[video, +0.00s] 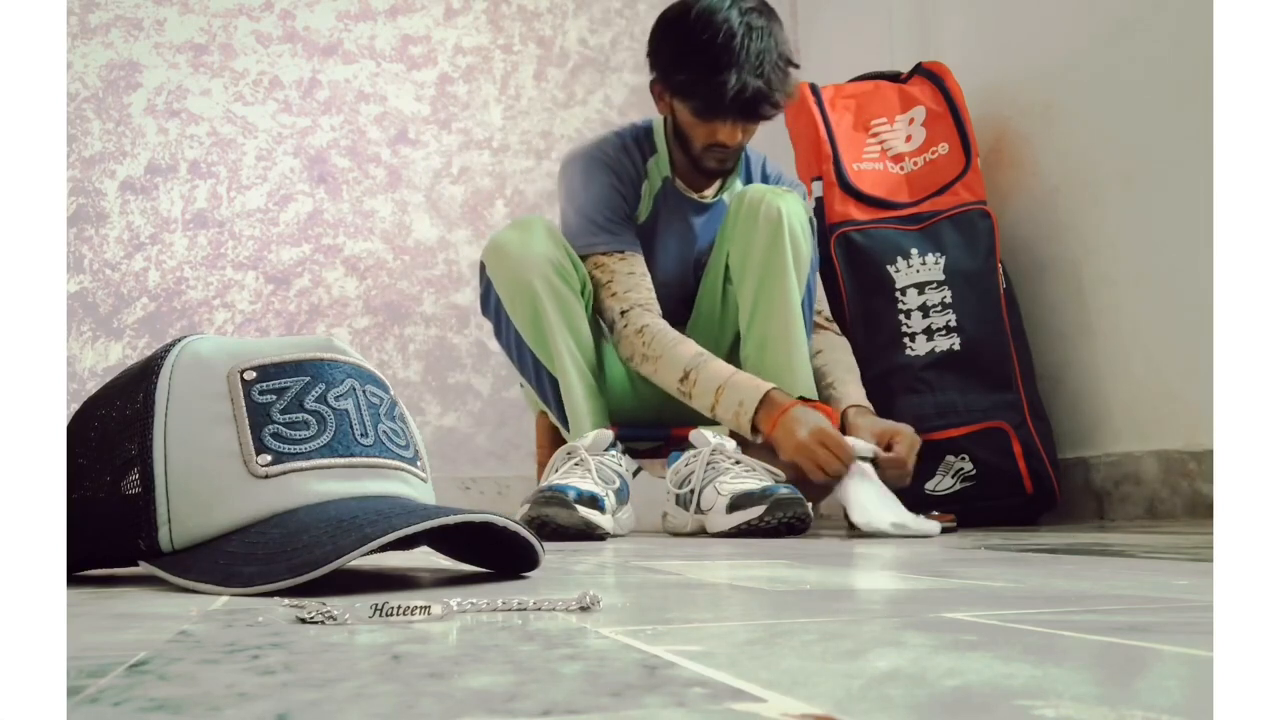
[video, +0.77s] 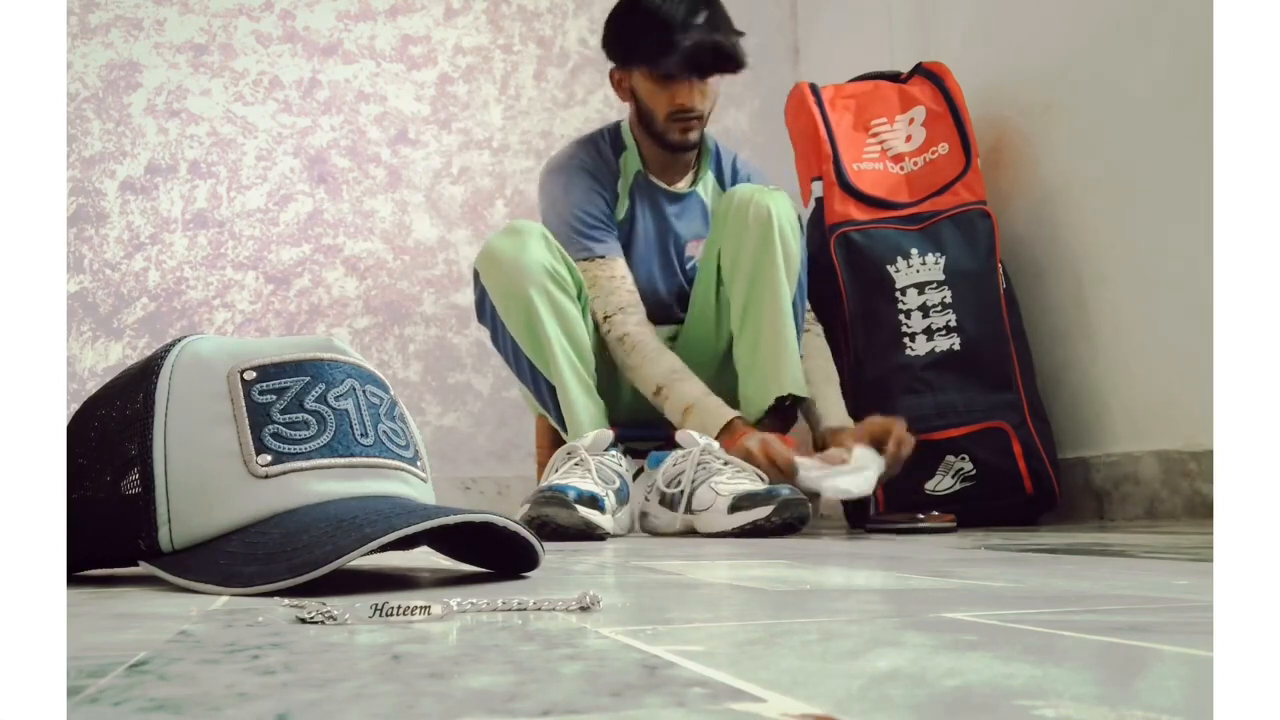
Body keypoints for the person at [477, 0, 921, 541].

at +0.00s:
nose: (730, 138)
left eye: (747, 119)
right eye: (709, 116)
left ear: (766, 106)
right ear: (663, 96)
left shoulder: (774, 189)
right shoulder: (599, 170)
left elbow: (819, 326)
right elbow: (639, 332)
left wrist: (857, 417)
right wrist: (772, 411)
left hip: (717, 388)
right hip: (615, 382)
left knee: (773, 207)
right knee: (518, 243)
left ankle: (723, 457)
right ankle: (591, 454)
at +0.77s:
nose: (690, 99)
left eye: (703, 77)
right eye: (667, 79)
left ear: (719, 79)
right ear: (623, 85)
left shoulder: (745, 187)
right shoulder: (577, 177)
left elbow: (801, 323)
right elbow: (625, 329)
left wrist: (834, 428)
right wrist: (728, 428)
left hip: (707, 383)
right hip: (608, 381)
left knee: (761, 204)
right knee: (511, 248)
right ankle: (592, 455)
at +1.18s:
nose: (626, 90)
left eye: (637, 67)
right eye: (601, 82)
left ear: (663, 75)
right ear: (578, 112)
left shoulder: (710, 188)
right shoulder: (553, 191)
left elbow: (755, 330)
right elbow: (611, 330)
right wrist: (701, 412)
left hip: (697, 379)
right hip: (597, 379)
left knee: (741, 187)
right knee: (496, 253)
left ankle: (720, 460)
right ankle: (591, 460)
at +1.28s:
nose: (613, 91)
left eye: (622, 71)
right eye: (589, 85)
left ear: (647, 81)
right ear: (567, 118)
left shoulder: (703, 190)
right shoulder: (547, 195)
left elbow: (765, 319)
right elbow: (606, 321)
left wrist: (814, 414)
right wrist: (695, 404)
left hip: (694, 379)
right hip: (594, 382)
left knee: (728, 183)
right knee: (491, 254)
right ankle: (586, 461)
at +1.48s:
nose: (597, 105)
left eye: (605, 84)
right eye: (573, 98)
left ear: (630, 95)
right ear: (552, 133)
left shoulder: (690, 192)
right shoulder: (534, 205)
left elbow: (755, 316)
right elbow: (593, 319)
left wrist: (757, 401)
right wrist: (681, 391)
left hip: (688, 375)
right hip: (592, 382)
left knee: (713, 178)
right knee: (482, 254)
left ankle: (755, 390)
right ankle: (585, 458)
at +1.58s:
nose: (588, 109)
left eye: (596, 88)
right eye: (564, 104)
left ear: (623, 96)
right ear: (547, 135)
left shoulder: (689, 193)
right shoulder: (533, 206)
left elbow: (763, 332)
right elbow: (601, 319)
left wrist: (760, 386)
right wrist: (683, 385)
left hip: (684, 378)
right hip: (592, 383)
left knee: (724, 178)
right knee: (482, 254)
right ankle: (582, 459)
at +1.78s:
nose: (567, 109)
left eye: (575, 88)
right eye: (544, 108)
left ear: (609, 92)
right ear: (536, 139)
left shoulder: (680, 191)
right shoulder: (529, 200)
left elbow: (748, 271)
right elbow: (578, 305)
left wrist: (802, 334)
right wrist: (669, 348)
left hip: (688, 380)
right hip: (595, 381)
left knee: (727, 178)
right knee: (494, 249)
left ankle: (765, 373)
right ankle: (591, 454)